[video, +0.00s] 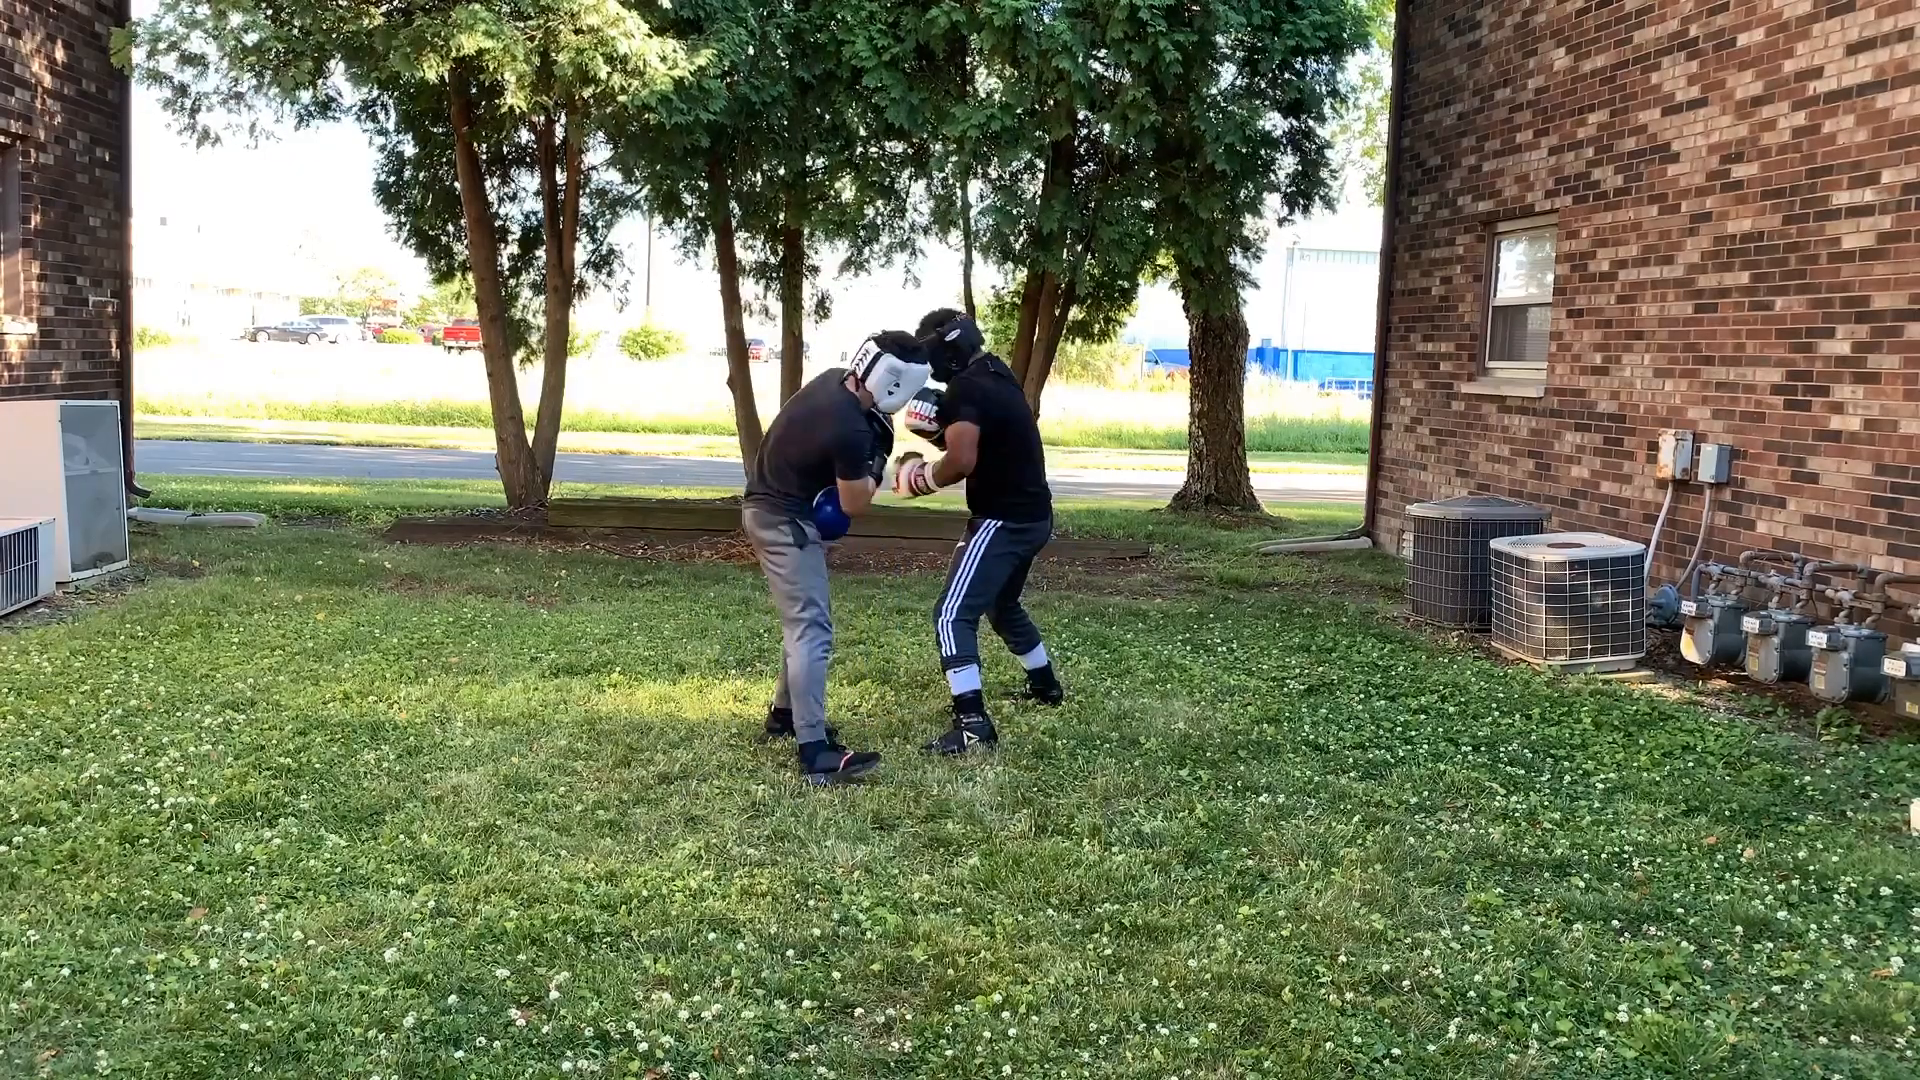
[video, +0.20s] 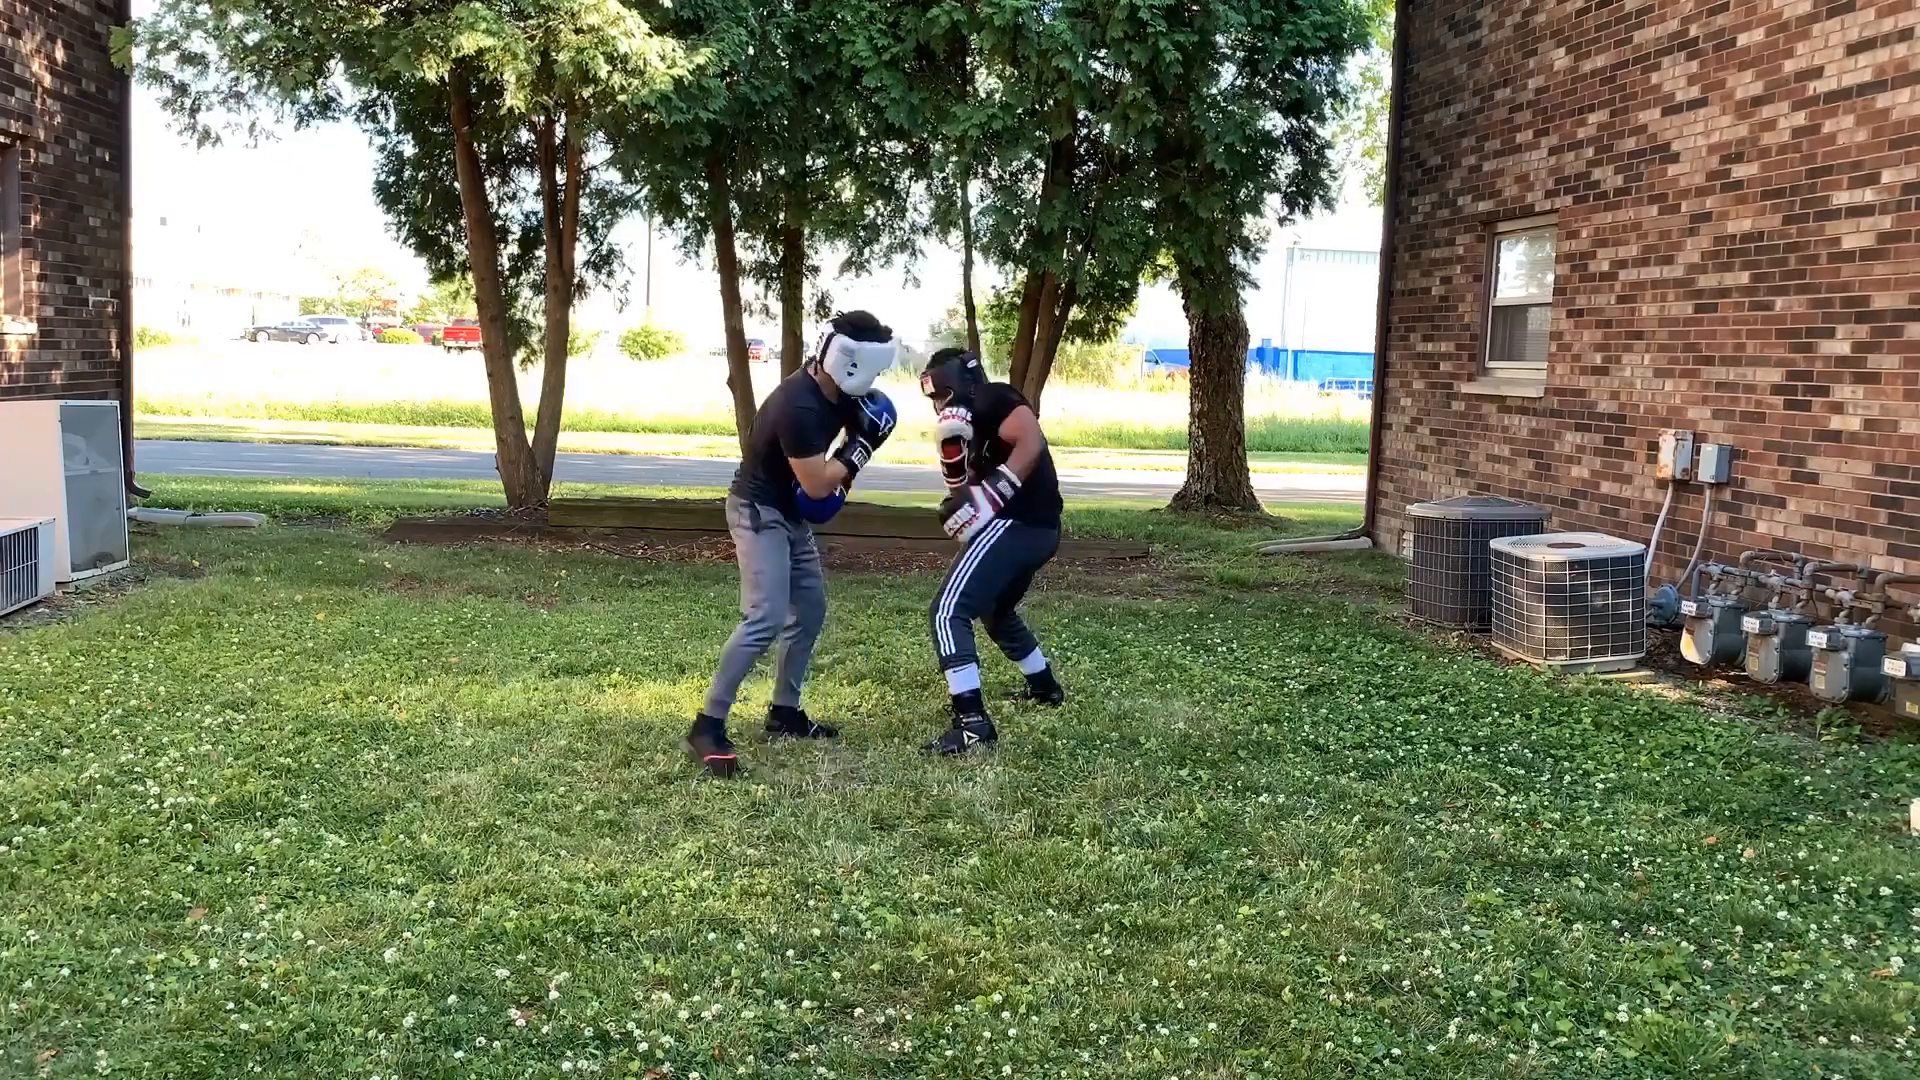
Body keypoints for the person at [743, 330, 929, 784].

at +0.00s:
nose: (903, 397)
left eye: (908, 388)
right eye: (902, 386)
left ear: (864, 368)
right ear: (879, 379)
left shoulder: (835, 381)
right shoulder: (850, 426)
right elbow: (854, 504)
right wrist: (875, 467)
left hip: (770, 502)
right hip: (782, 514)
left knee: (803, 618)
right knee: (811, 628)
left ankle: (786, 712)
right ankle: (816, 751)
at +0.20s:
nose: (873, 378)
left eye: (876, 369)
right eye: (870, 368)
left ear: (841, 359)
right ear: (844, 360)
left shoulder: (833, 393)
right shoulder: (798, 404)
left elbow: (842, 460)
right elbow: (817, 486)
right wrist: (858, 446)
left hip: (793, 514)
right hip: (756, 509)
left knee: (809, 613)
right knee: (766, 617)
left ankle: (785, 714)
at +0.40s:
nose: (847, 393)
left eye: (850, 385)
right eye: (844, 384)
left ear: (809, 371)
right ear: (818, 377)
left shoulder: (804, 404)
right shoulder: (771, 417)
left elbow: (821, 443)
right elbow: (806, 495)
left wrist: (848, 433)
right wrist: (849, 452)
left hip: (778, 527)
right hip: (737, 525)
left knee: (807, 609)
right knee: (742, 627)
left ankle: (784, 714)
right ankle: (686, 736)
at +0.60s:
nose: (825, 428)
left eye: (828, 420)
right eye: (821, 420)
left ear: (801, 407)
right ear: (792, 411)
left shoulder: (807, 426)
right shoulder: (749, 439)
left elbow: (807, 477)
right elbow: (775, 519)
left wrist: (834, 472)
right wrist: (827, 487)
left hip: (780, 539)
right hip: (728, 538)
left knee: (826, 608)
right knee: (743, 634)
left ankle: (800, 709)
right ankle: (685, 737)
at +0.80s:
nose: (821, 518)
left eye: (827, 509)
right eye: (815, 511)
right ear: (787, 497)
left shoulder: (809, 490)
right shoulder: (729, 500)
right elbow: (715, 564)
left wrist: (817, 550)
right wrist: (779, 564)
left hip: (772, 557)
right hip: (713, 562)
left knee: (839, 620)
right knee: (719, 631)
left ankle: (840, 712)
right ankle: (677, 738)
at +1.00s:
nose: (854, 509)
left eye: (858, 501)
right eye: (850, 501)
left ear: (826, 486)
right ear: (824, 487)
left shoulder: (838, 499)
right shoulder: (764, 488)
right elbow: (735, 559)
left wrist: (836, 550)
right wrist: (799, 559)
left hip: (786, 559)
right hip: (732, 558)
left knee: (852, 623)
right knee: (730, 632)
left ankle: (840, 710)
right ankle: (680, 738)